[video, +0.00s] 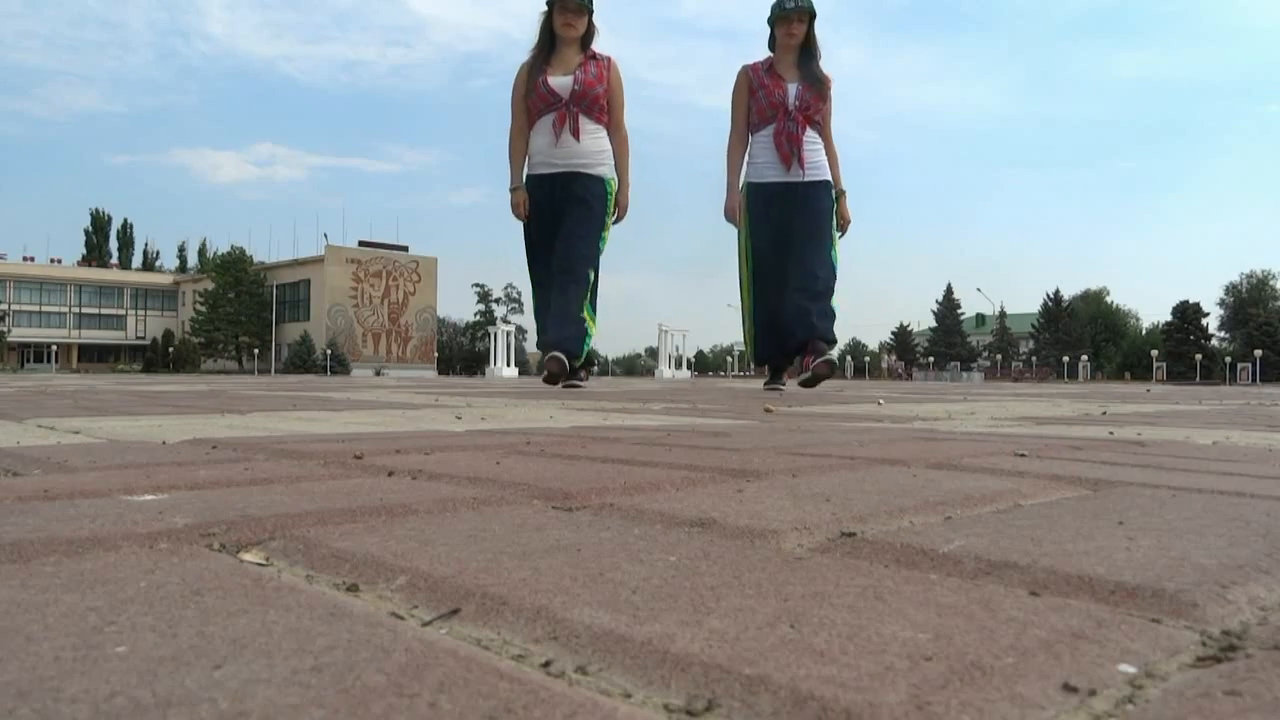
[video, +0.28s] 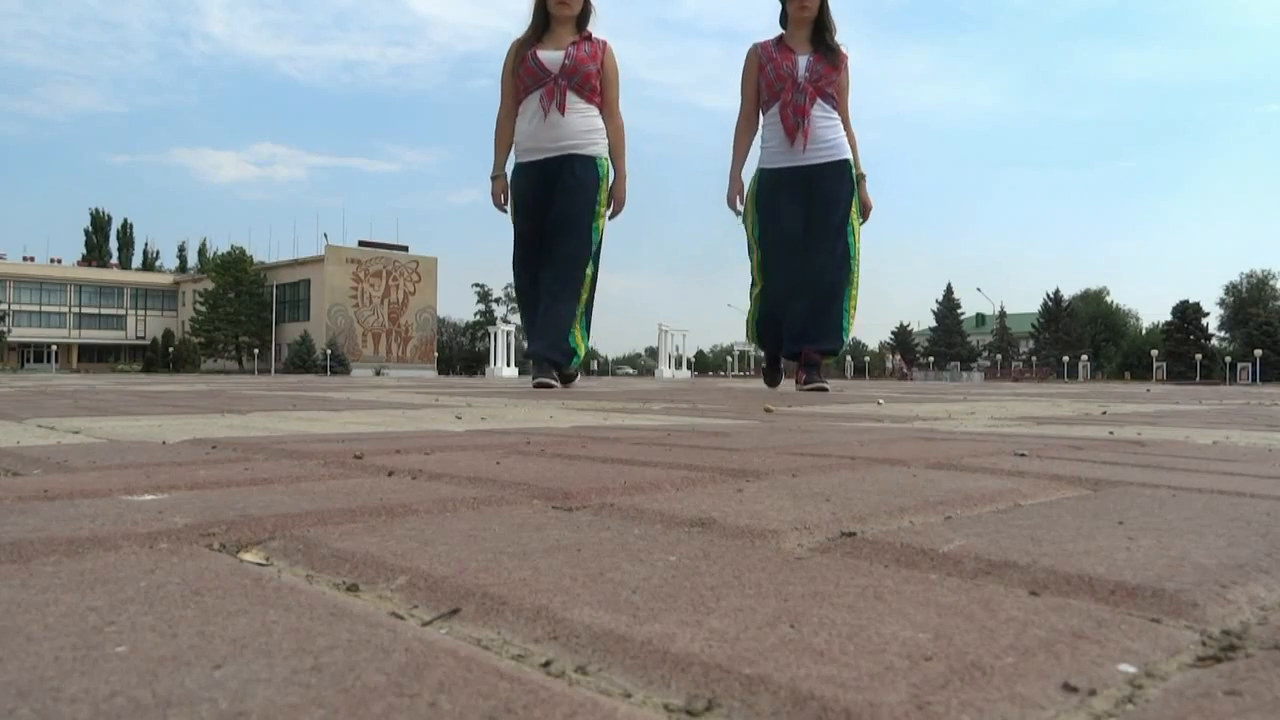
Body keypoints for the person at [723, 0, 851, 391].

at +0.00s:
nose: (792, 27)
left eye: (800, 21)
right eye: (785, 20)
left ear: (809, 27)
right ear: (773, 25)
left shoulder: (819, 80)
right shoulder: (750, 75)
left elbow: (826, 140)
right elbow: (738, 135)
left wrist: (840, 195)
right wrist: (732, 189)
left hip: (813, 186)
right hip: (764, 186)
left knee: (813, 269)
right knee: (769, 274)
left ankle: (815, 353)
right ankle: (776, 367)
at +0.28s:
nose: (804, 2)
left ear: (821, 4)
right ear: (785, 3)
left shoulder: (836, 57)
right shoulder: (761, 53)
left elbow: (844, 123)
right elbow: (748, 119)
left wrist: (860, 181)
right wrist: (735, 174)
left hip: (831, 174)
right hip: (777, 176)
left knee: (825, 267)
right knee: (779, 267)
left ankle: (811, 365)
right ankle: (772, 347)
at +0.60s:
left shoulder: (857, 30)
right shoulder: (775, 31)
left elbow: (869, 89)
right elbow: (763, 101)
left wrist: (889, 128)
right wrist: (749, 163)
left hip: (845, 152)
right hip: (791, 150)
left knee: (843, 248)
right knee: (820, 231)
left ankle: (820, 357)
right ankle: (805, 350)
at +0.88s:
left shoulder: (874, 13)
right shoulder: (787, 13)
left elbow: (884, 78)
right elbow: (774, 89)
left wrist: (900, 126)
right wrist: (760, 159)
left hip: (861, 145)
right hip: (802, 142)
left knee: (850, 247)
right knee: (819, 243)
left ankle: (813, 353)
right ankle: (843, 357)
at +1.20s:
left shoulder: (894, 5)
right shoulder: (791, 3)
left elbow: (899, 58)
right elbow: (781, 41)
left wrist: (920, 127)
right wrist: (765, 107)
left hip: (877, 112)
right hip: (811, 111)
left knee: (880, 221)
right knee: (819, 235)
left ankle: (871, 321)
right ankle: (844, 359)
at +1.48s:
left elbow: (911, 37)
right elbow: (784, 14)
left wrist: (935, 120)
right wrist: (775, 75)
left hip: (898, 89)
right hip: (822, 89)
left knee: (894, 212)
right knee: (833, 226)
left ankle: (894, 323)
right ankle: (847, 361)